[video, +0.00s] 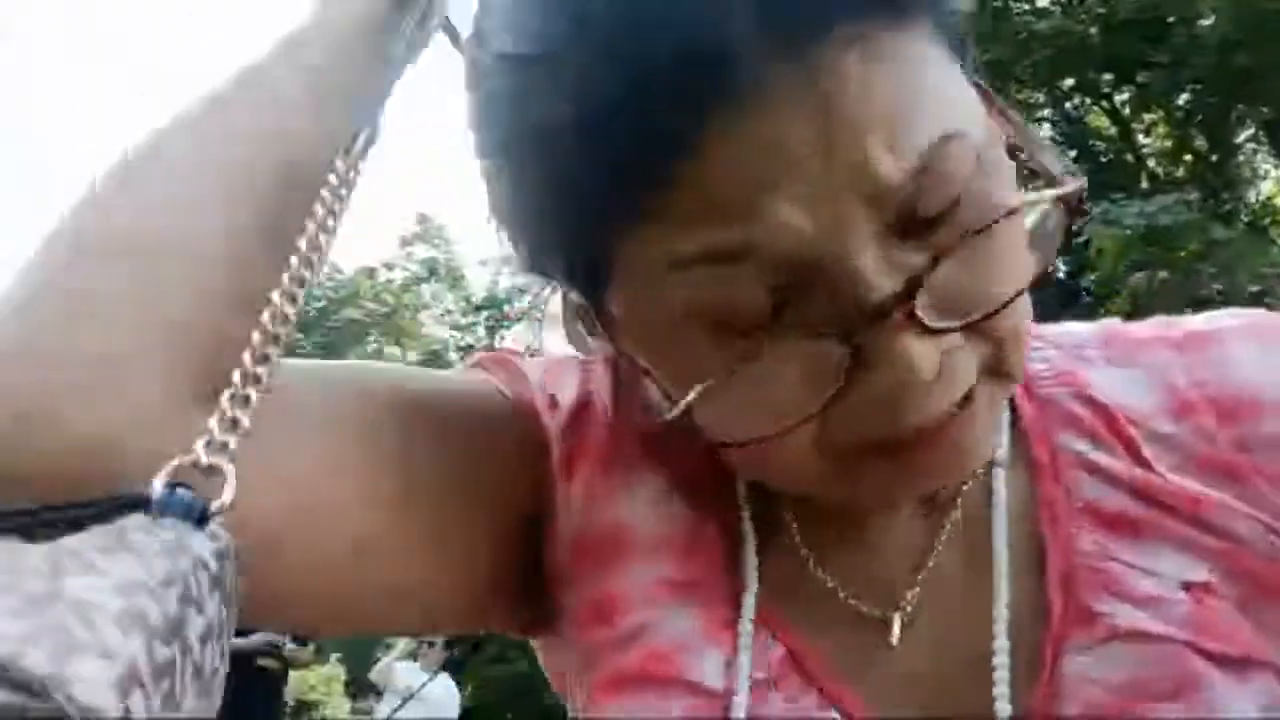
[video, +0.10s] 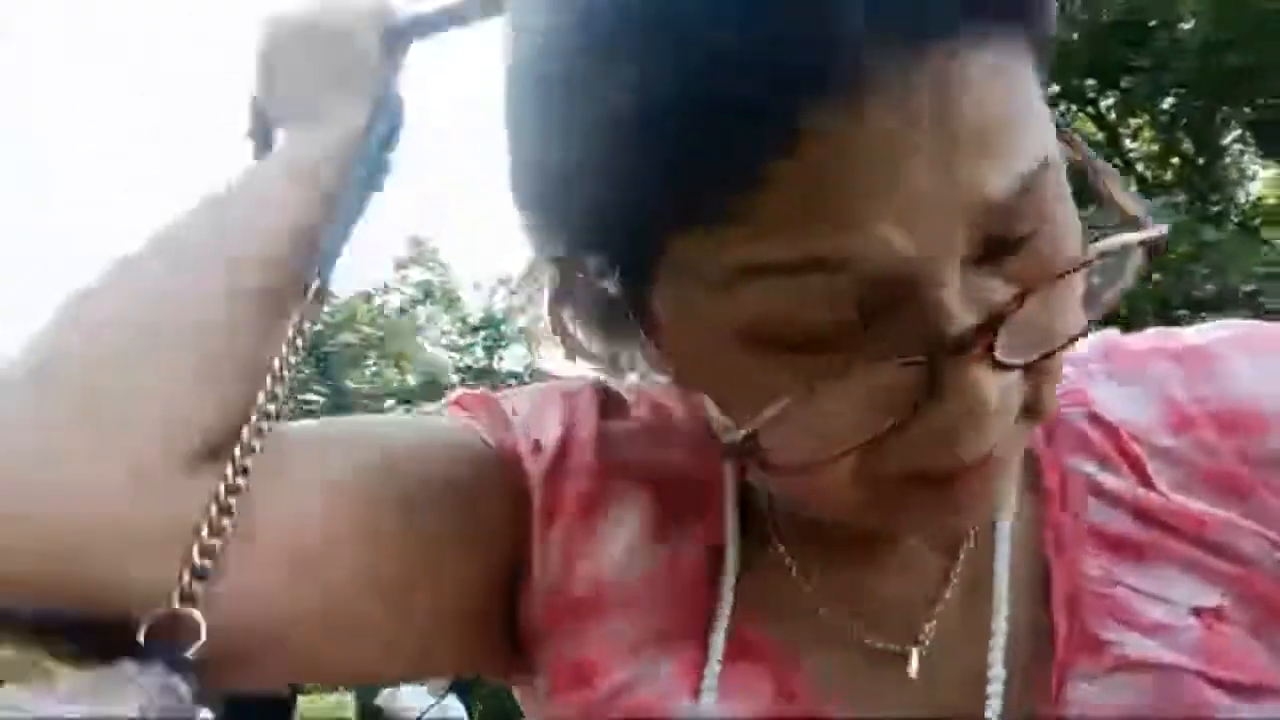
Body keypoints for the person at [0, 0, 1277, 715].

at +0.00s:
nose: (897, 347)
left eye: (931, 212)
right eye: (751, 309)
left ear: (1006, 121)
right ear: (604, 328)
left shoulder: (1258, 420)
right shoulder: (577, 481)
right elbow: (54, 437)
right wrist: (382, 5)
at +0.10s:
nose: (975, 388)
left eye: (1015, 239)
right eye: (819, 328)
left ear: (1062, 145)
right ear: (610, 312)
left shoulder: (1258, 434)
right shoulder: (572, 515)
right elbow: (47, 520)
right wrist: (312, 151)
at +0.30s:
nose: (953, 296)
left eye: (1032, 157)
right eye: (819, 194)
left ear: (1112, 110)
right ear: (655, 189)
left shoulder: (1257, 425)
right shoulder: (530, 544)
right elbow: (122, 702)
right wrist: (203, 254)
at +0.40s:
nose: (930, 206)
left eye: (1026, 98)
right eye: (833, 96)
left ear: (1131, 103)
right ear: (711, 114)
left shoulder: (1253, 411)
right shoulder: (594, 476)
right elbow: (270, 715)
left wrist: (49, 376)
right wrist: (55, 364)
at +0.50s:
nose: (902, 106)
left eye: (1011, 30)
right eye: (820, 11)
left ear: (1121, 81)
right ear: (722, 54)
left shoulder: (1256, 410)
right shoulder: (564, 432)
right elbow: (230, 708)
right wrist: (13, 532)